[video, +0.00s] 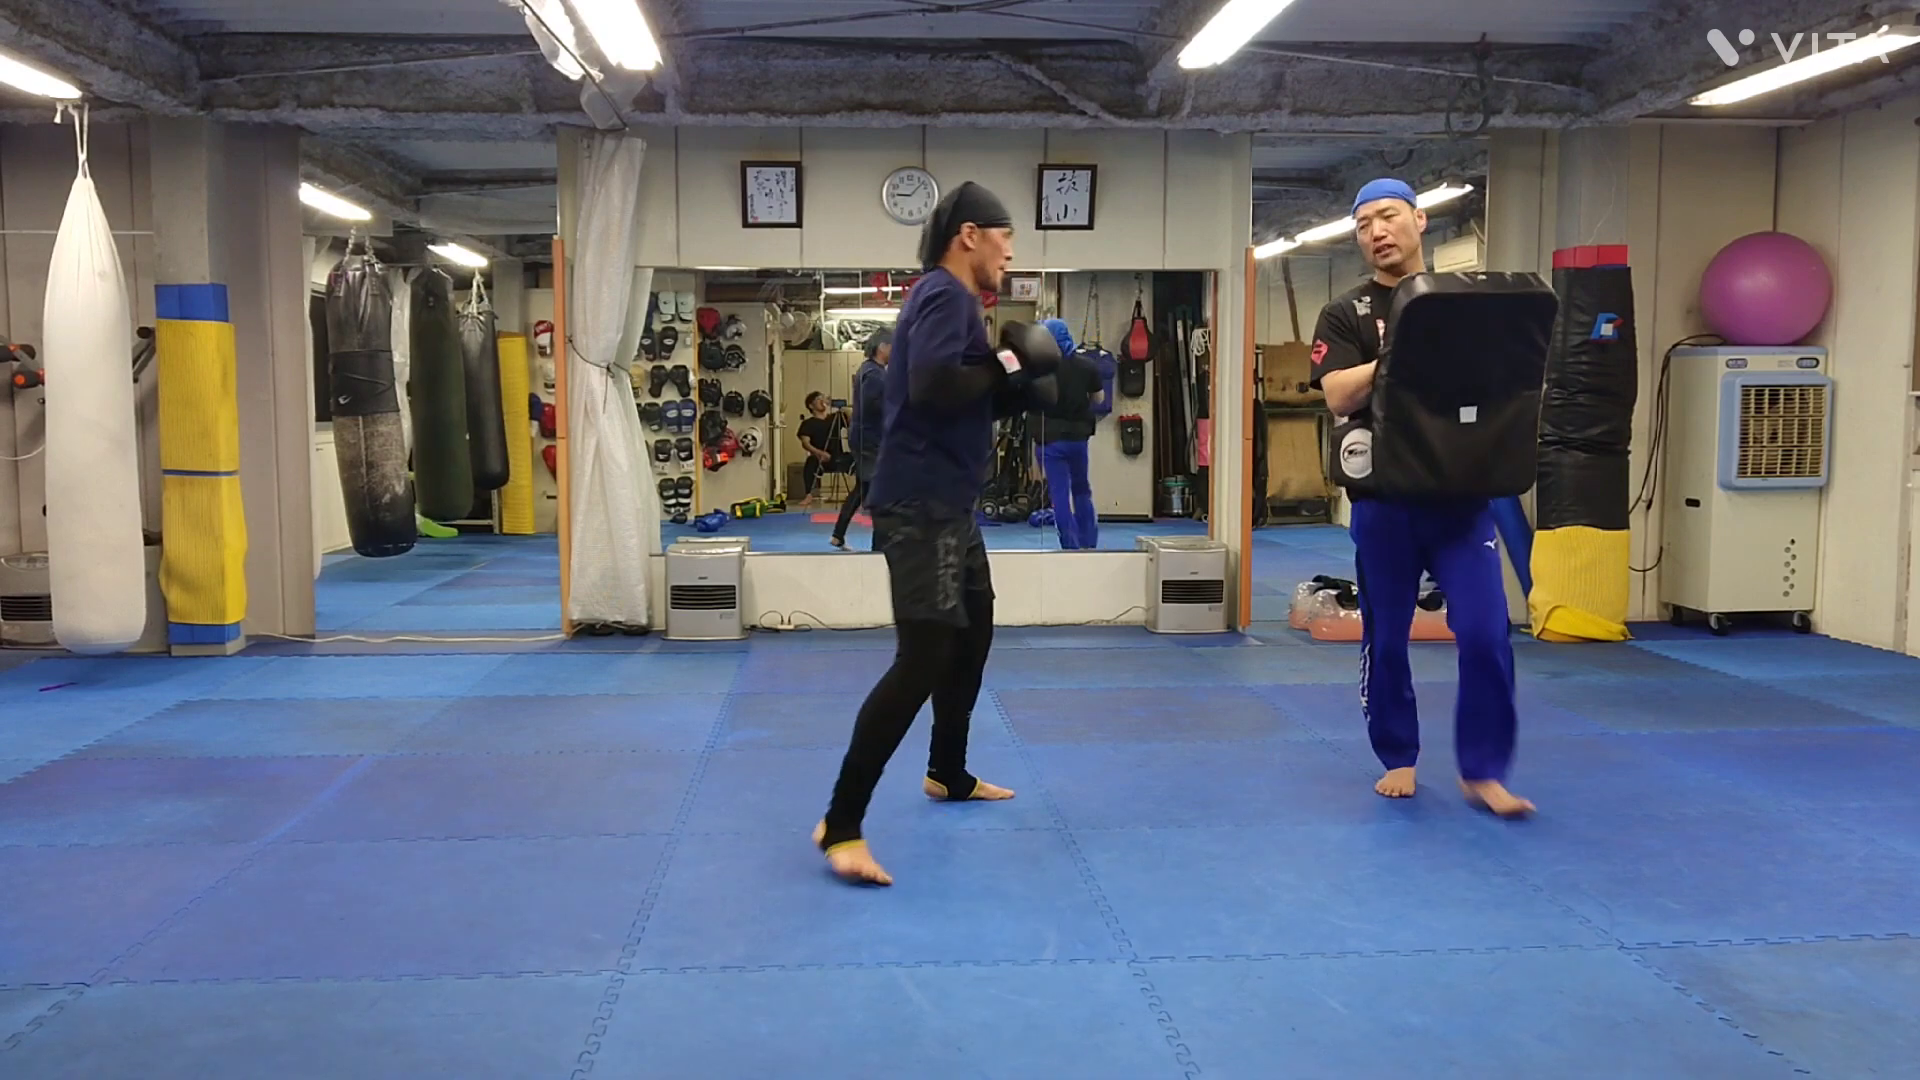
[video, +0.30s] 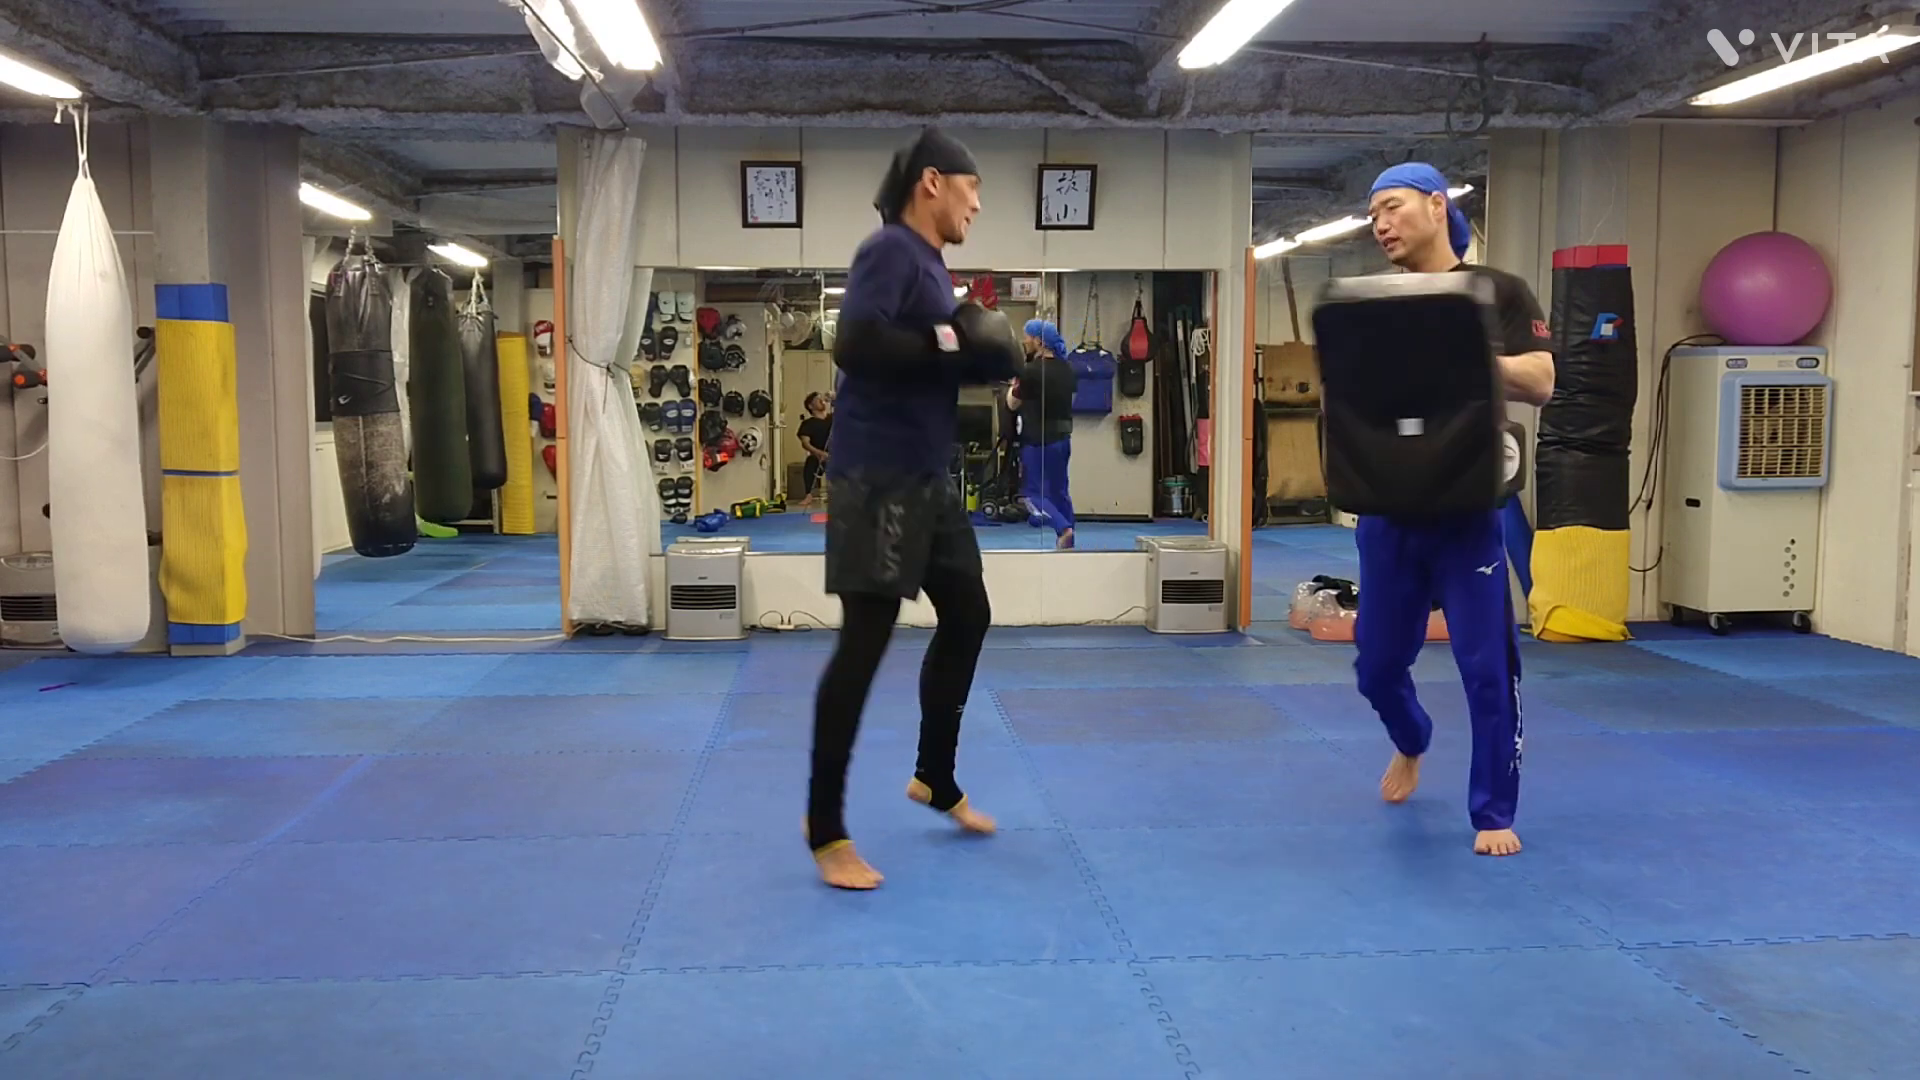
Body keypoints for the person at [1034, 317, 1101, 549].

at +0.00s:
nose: (1043, 345)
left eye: (1043, 339)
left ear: (1044, 342)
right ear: (1067, 337)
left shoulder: (1039, 367)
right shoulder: (1084, 364)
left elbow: (1031, 402)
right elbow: (1098, 396)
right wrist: (1078, 400)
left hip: (1049, 438)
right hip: (1078, 436)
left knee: (1059, 492)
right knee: (1081, 489)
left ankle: (1069, 543)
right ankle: (1088, 539)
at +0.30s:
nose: (1024, 342)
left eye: (1027, 338)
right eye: (1025, 337)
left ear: (1040, 341)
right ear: (1052, 341)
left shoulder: (1031, 370)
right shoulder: (1066, 368)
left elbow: (1013, 403)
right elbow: (1070, 394)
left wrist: (1013, 387)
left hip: (1036, 436)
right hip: (1062, 432)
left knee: (1032, 490)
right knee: (1059, 486)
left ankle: (1062, 526)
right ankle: (1068, 533)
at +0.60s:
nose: (1003, 343)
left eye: (1006, 338)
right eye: (1004, 338)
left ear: (1019, 341)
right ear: (1018, 341)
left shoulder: (1022, 368)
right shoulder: (1025, 366)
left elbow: (1010, 399)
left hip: (1015, 436)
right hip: (1023, 434)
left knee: (1002, 489)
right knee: (1018, 492)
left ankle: (1009, 540)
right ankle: (1053, 524)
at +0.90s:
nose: (983, 343)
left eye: (987, 339)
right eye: (982, 339)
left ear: (1001, 342)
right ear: (985, 342)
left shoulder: (1011, 369)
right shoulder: (978, 367)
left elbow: (1005, 400)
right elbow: (967, 392)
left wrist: (980, 389)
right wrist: (956, 380)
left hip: (1005, 435)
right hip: (981, 433)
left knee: (1002, 486)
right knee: (974, 483)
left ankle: (1010, 539)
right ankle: (969, 532)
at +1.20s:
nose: (970, 344)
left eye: (974, 339)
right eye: (968, 340)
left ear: (988, 342)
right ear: (968, 343)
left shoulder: (1003, 369)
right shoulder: (963, 369)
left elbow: (1013, 397)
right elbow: (953, 399)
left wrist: (990, 393)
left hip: (998, 434)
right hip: (971, 434)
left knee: (1002, 487)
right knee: (967, 486)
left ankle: (1005, 533)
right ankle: (966, 535)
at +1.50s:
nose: (976, 353)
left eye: (982, 348)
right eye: (974, 348)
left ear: (993, 351)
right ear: (971, 351)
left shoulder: (1005, 379)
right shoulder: (964, 377)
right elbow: (954, 407)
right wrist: (985, 406)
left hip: (997, 445)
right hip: (969, 444)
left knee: (1002, 492)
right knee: (951, 486)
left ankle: (1002, 533)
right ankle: (948, 532)